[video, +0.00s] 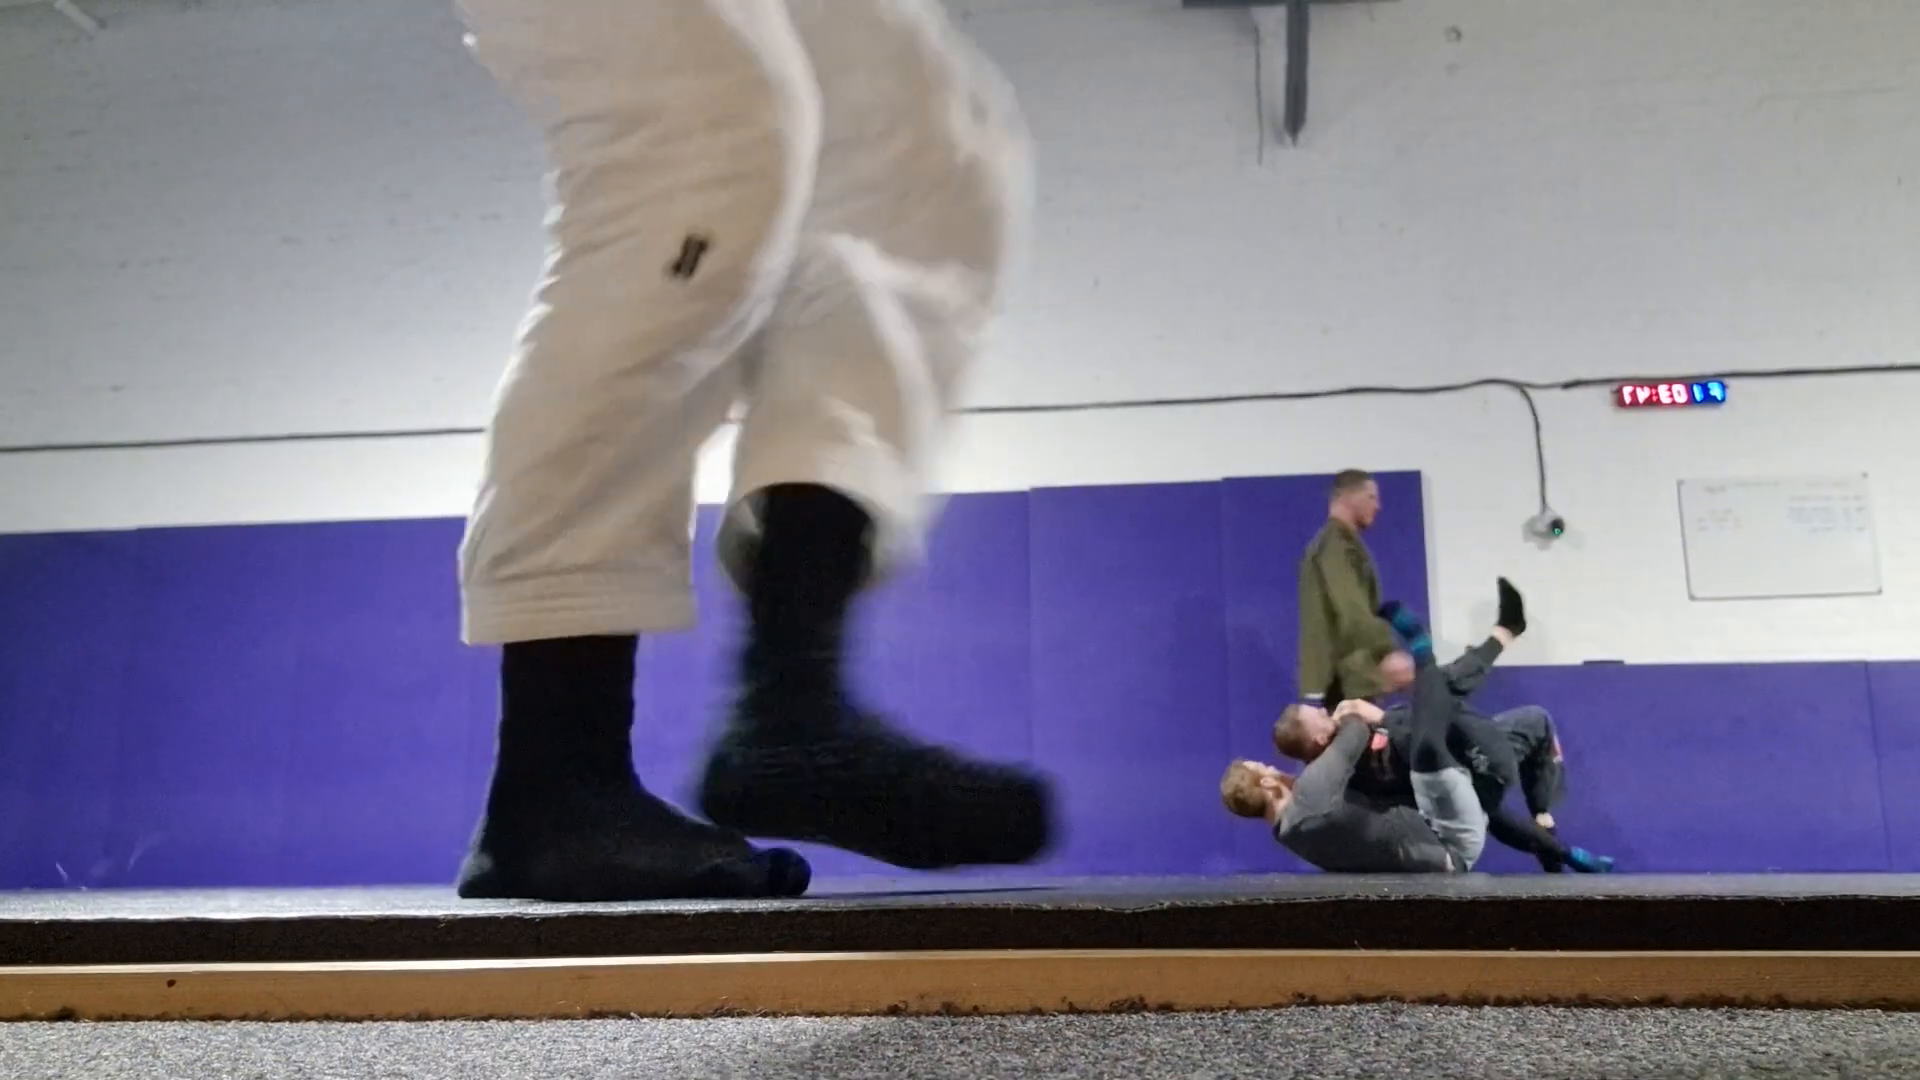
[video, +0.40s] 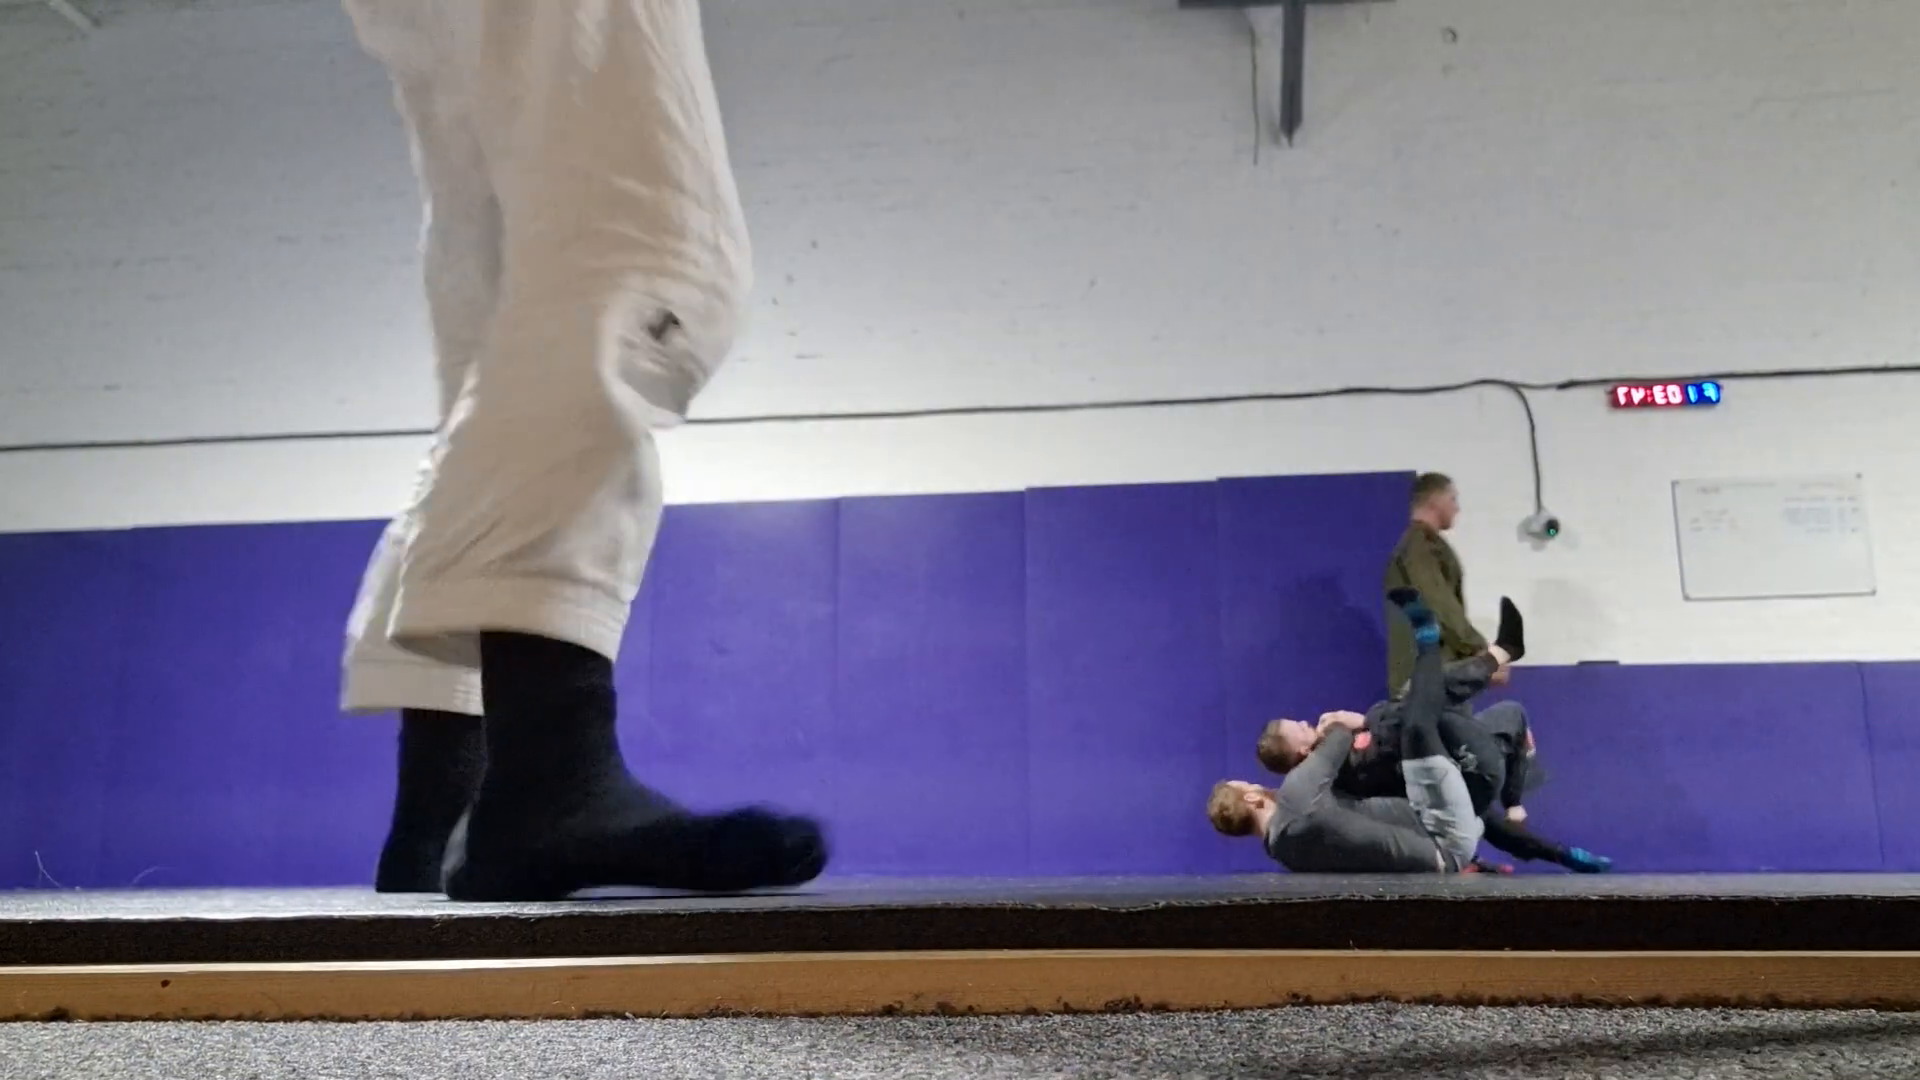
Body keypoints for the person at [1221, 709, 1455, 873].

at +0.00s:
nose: (1273, 765)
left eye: (1263, 762)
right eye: (1265, 764)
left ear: (1254, 812)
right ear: (1268, 780)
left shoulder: (1291, 835)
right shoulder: (1308, 798)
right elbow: (1355, 729)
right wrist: (1346, 712)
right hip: (1453, 848)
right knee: (1427, 746)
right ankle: (1425, 659)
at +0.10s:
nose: (1268, 772)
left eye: (1260, 770)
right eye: (1261, 772)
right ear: (1265, 785)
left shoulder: (1289, 835)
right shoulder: (1302, 798)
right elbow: (1348, 729)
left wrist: (1340, 721)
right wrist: (1342, 714)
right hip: (1451, 847)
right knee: (1422, 744)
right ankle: (1420, 646)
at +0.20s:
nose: (1313, 717)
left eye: (1305, 717)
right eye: (1306, 724)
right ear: (1307, 749)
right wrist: (1361, 718)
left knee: (1433, 691)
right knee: (1520, 708)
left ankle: (1495, 643)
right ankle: (1545, 810)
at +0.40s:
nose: (1258, 784)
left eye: (1250, 783)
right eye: (1250, 785)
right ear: (1252, 799)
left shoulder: (1286, 849)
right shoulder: (1295, 801)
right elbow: (1346, 731)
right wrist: (1328, 731)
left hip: (1435, 858)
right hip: (1448, 841)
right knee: (1417, 726)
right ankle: (1428, 639)